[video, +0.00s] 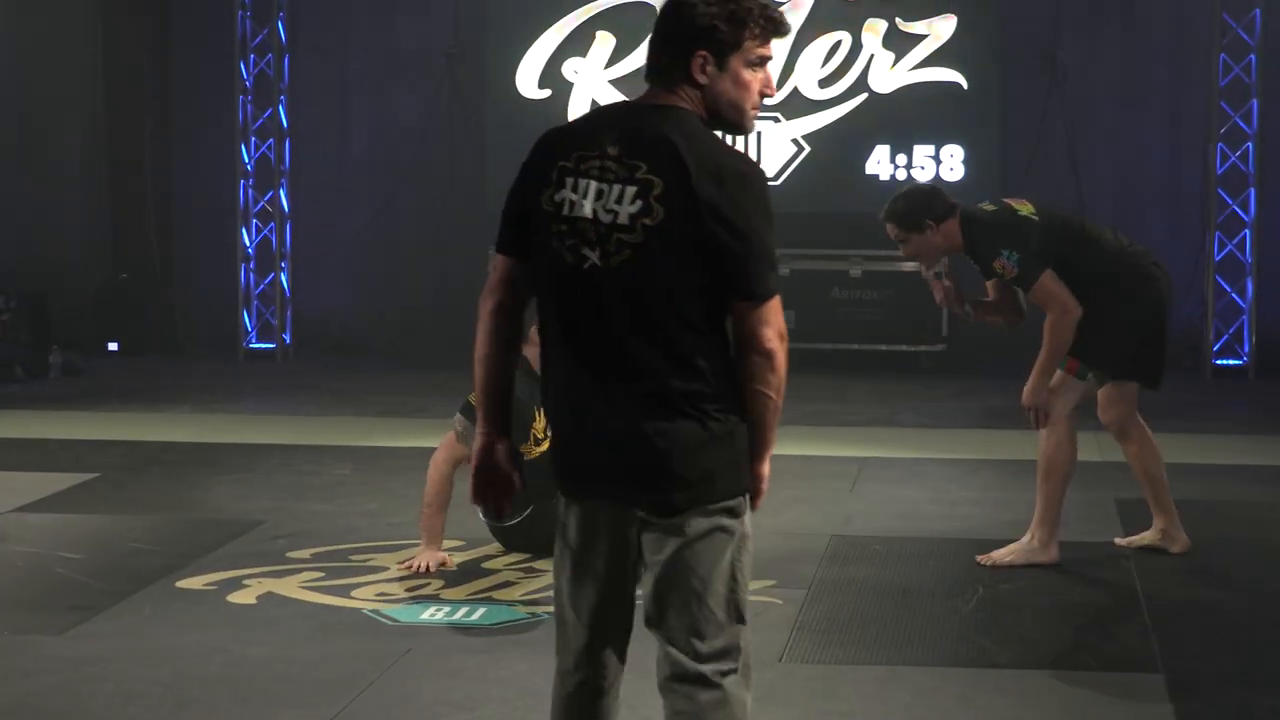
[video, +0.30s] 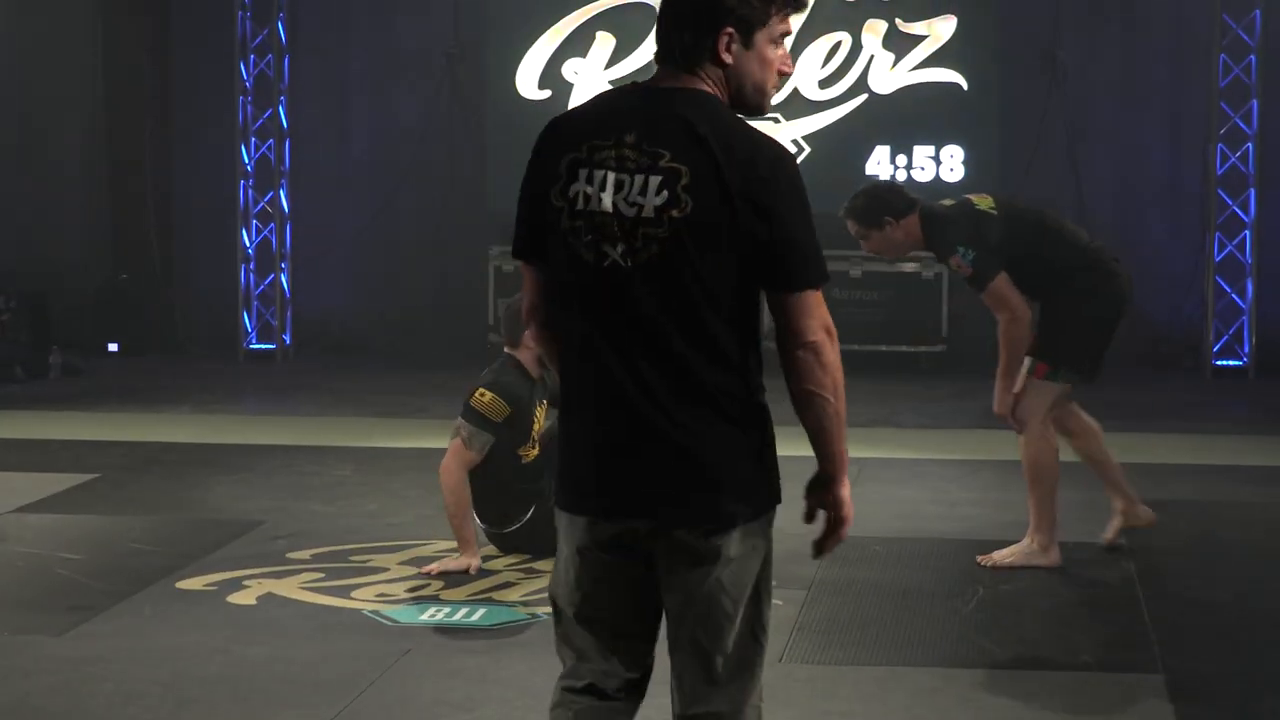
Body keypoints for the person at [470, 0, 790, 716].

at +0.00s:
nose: (766, 84)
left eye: (768, 66)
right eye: (756, 65)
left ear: (670, 67)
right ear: (702, 66)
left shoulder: (556, 150)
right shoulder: (728, 177)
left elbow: (502, 298)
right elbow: (762, 338)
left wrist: (492, 430)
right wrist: (760, 452)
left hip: (583, 442)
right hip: (694, 449)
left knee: (584, 664)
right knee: (703, 671)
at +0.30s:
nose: (790, 62)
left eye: (789, 42)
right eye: (780, 40)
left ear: (671, 43)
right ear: (727, 44)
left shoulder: (564, 137)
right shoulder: (760, 162)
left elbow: (537, 316)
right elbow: (807, 337)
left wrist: (603, 391)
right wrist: (833, 465)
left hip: (592, 460)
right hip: (714, 467)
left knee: (591, 684)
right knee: (718, 698)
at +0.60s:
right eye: (693, 51)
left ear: (594, 49)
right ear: (689, 63)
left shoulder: (505, 165)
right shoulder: (722, 176)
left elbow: (491, 348)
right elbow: (771, 358)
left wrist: (572, 403)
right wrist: (830, 512)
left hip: (556, 504)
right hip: (688, 506)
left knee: (581, 710)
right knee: (718, 707)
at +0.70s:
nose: (542, 53)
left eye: (547, 36)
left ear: (556, 43)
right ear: (659, 50)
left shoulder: (479, 173)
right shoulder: (712, 172)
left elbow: (456, 364)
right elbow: (761, 359)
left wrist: (506, 476)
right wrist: (805, 511)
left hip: (536, 512)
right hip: (673, 513)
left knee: (563, 710)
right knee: (698, 709)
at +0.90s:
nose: (464, 47)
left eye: (478, 21)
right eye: (469, 24)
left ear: (531, 21)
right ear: (601, 34)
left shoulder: (455, 153)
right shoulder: (695, 147)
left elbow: (409, 354)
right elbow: (745, 338)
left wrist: (401, 508)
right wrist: (745, 488)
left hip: (518, 501)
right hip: (655, 500)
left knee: (541, 704)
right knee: (671, 706)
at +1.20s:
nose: (399, 38)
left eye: (419, 14)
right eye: (403, 17)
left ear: (494, 16)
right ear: (502, 21)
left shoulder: (441, 144)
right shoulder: (632, 145)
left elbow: (428, 346)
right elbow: (687, 328)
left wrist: (370, 529)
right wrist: (663, 477)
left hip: (467, 529)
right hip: (604, 523)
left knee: (431, 705)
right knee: (592, 708)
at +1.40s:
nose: (300, 64)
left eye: (322, 37)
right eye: (300, 43)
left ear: (401, 34)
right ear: (408, 36)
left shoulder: (358, 181)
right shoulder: (542, 155)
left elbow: (383, 388)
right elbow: (605, 355)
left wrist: (349, 583)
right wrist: (578, 502)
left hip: (404, 575)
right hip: (539, 556)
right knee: (541, 706)